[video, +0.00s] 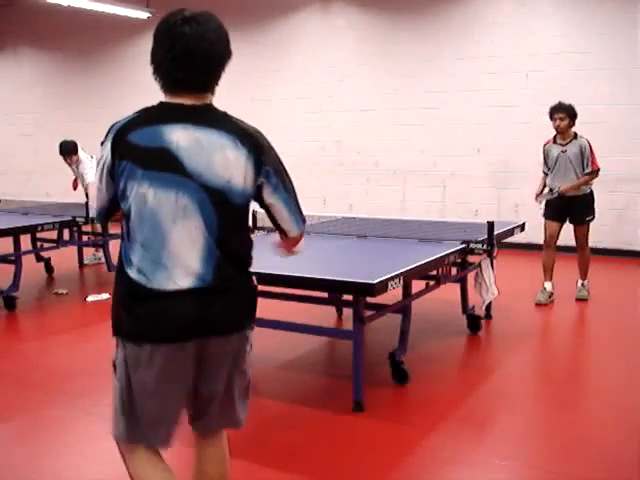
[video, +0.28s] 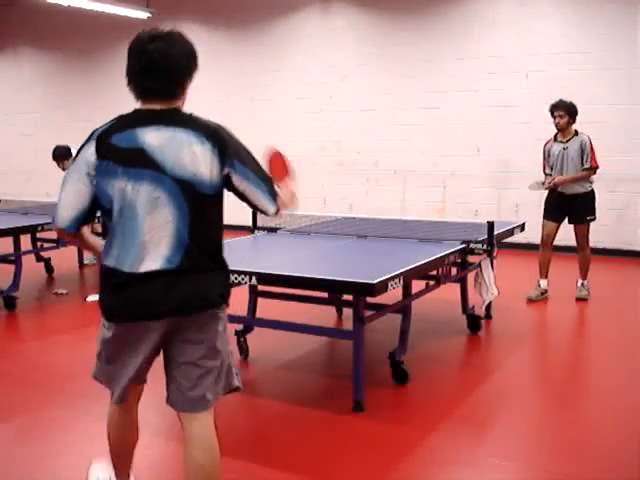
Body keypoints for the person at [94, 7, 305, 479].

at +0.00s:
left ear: (156, 63)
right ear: (221, 68)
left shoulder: (124, 135)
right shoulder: (246, 141)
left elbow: (104, 212)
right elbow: (291, 226)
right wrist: (287, 237)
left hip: (151, 324)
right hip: (226, 319)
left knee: (137, 439)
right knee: (212, 430)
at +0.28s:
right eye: (189, 75)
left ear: (131, 79)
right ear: (187, 81)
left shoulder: (104, 140)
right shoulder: (212, 139)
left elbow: (69, 220)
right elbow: (272, 203)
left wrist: (97, 242)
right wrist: (285, 190)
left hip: (132, 301)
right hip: (199, 297)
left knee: (123, 400)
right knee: (198, 412)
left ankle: (121, 479)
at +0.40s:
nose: (178, 92)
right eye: (179, 86)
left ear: (124, 87)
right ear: (175, 90)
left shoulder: (93, 145)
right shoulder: (200, 141)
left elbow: (53, 220)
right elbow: (256, 183)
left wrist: (91, 248)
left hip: (123, 302)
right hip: (188, 298)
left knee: (121, 397)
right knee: (193, 407)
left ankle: (126, 472)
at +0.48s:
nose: (176, 95)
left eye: (175, 88)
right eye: (174, 90)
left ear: (117, 88)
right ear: (165, 94)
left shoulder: (81, 144)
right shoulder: (182, 138)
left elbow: (44, 211)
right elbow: (231, 138)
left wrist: (77, 230)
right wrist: (182, 104)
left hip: (109, 293)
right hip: (171, 290)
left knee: (115, 382)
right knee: (186, 392)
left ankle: (124, 471)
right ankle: (198, 478)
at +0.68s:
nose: (169, 102)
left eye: (169, 96)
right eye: (168, 96)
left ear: (117, 88)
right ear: (157, 97)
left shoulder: (74, 135)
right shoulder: (165, 136)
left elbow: (45, 199)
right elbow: (177, 97)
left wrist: (82, 213)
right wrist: (114, 75)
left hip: (94, 279)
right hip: (151, 277)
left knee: (106, 376)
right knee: (172, 364)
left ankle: (123, 469)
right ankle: (176, 449)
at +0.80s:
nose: (158, 96)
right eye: (156, 91)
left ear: (109, 88)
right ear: (150, 94)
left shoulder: (68, 131)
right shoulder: (154, 131)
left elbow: (50, 191)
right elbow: (160, 89)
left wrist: (90, 198)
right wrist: (107, 63)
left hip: (87, 271)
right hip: (141, 266)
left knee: (104, 372)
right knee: (151, 346)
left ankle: (124, 468)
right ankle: (153, 435)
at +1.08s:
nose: (126, 107)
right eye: (126, 101)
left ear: (83, 100)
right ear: (126, 103)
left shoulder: (57, 145)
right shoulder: (139, 146)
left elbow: (40, 206)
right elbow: (171, 184)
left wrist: (71, 209)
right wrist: (134, 163)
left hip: (80, 270)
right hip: (129, 267)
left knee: (93, 357)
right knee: (122, 347)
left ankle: (119, 450)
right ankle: (118, 416)